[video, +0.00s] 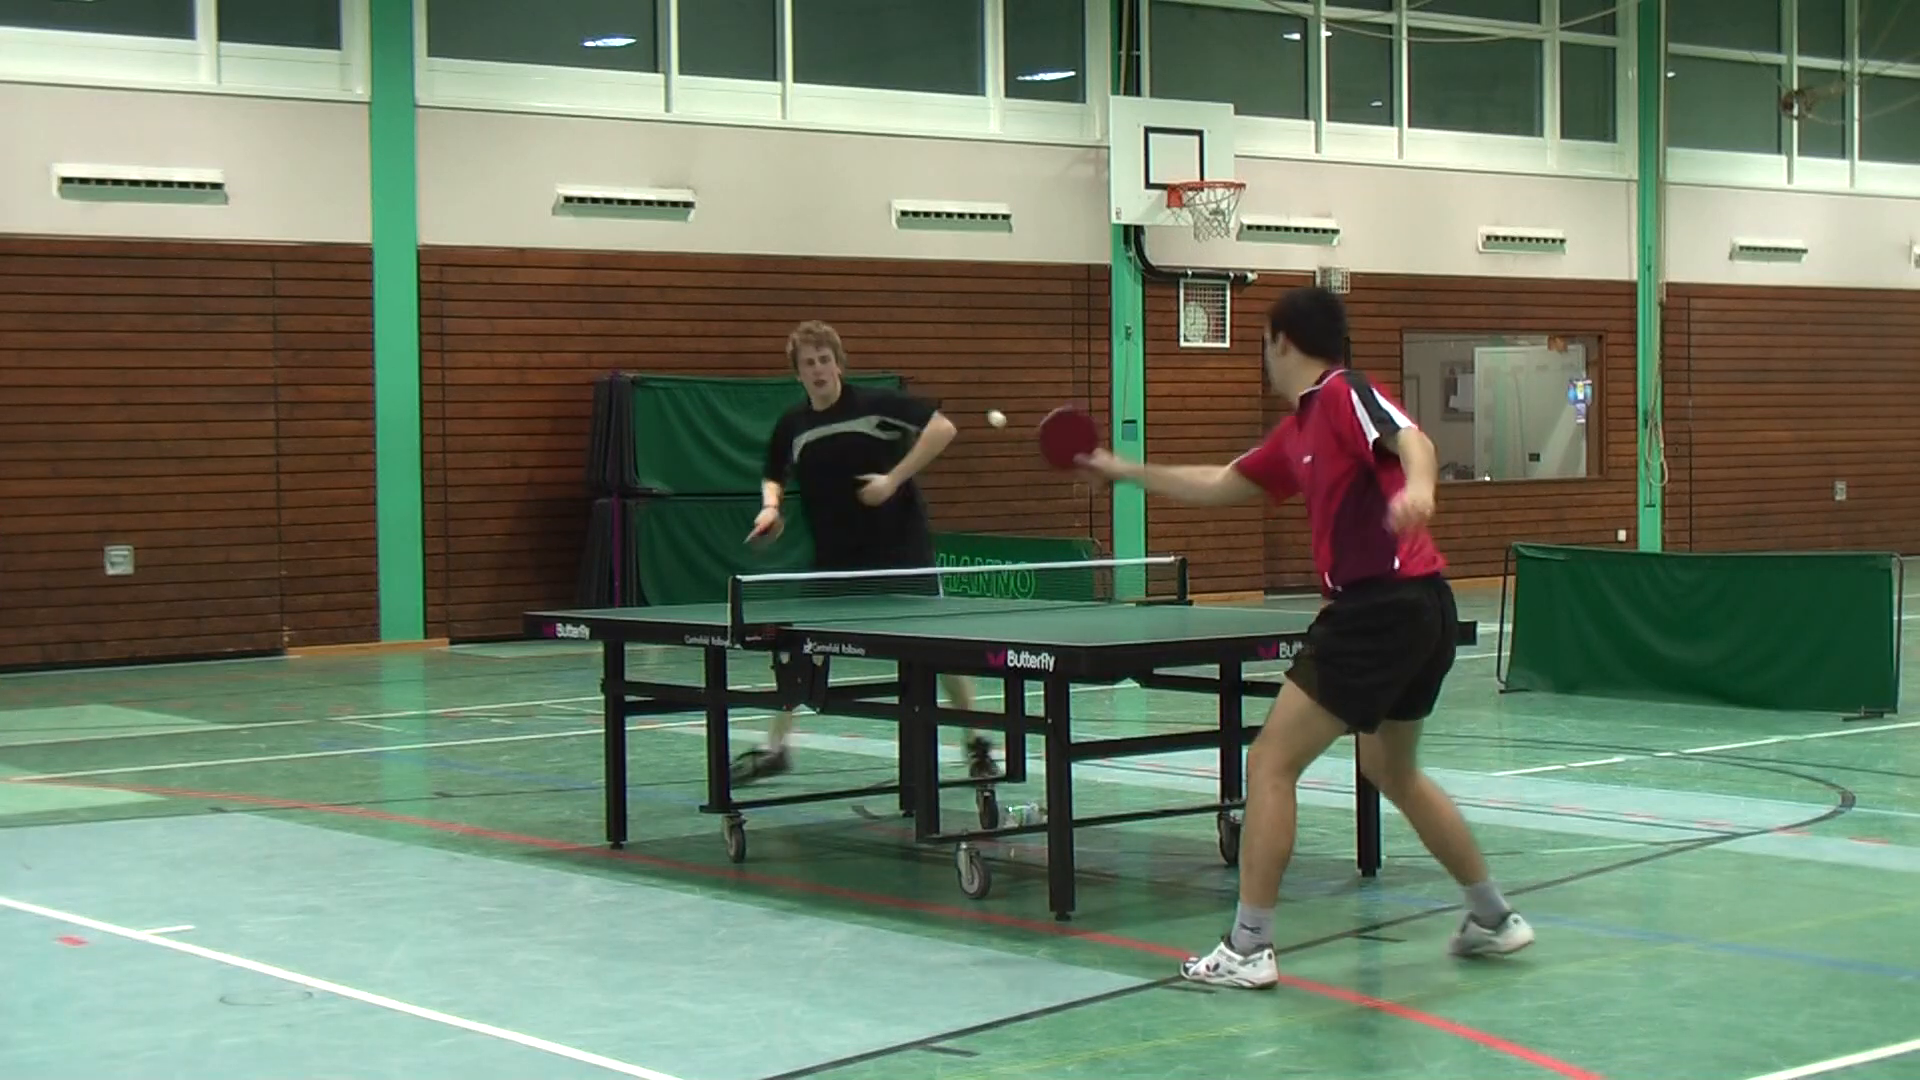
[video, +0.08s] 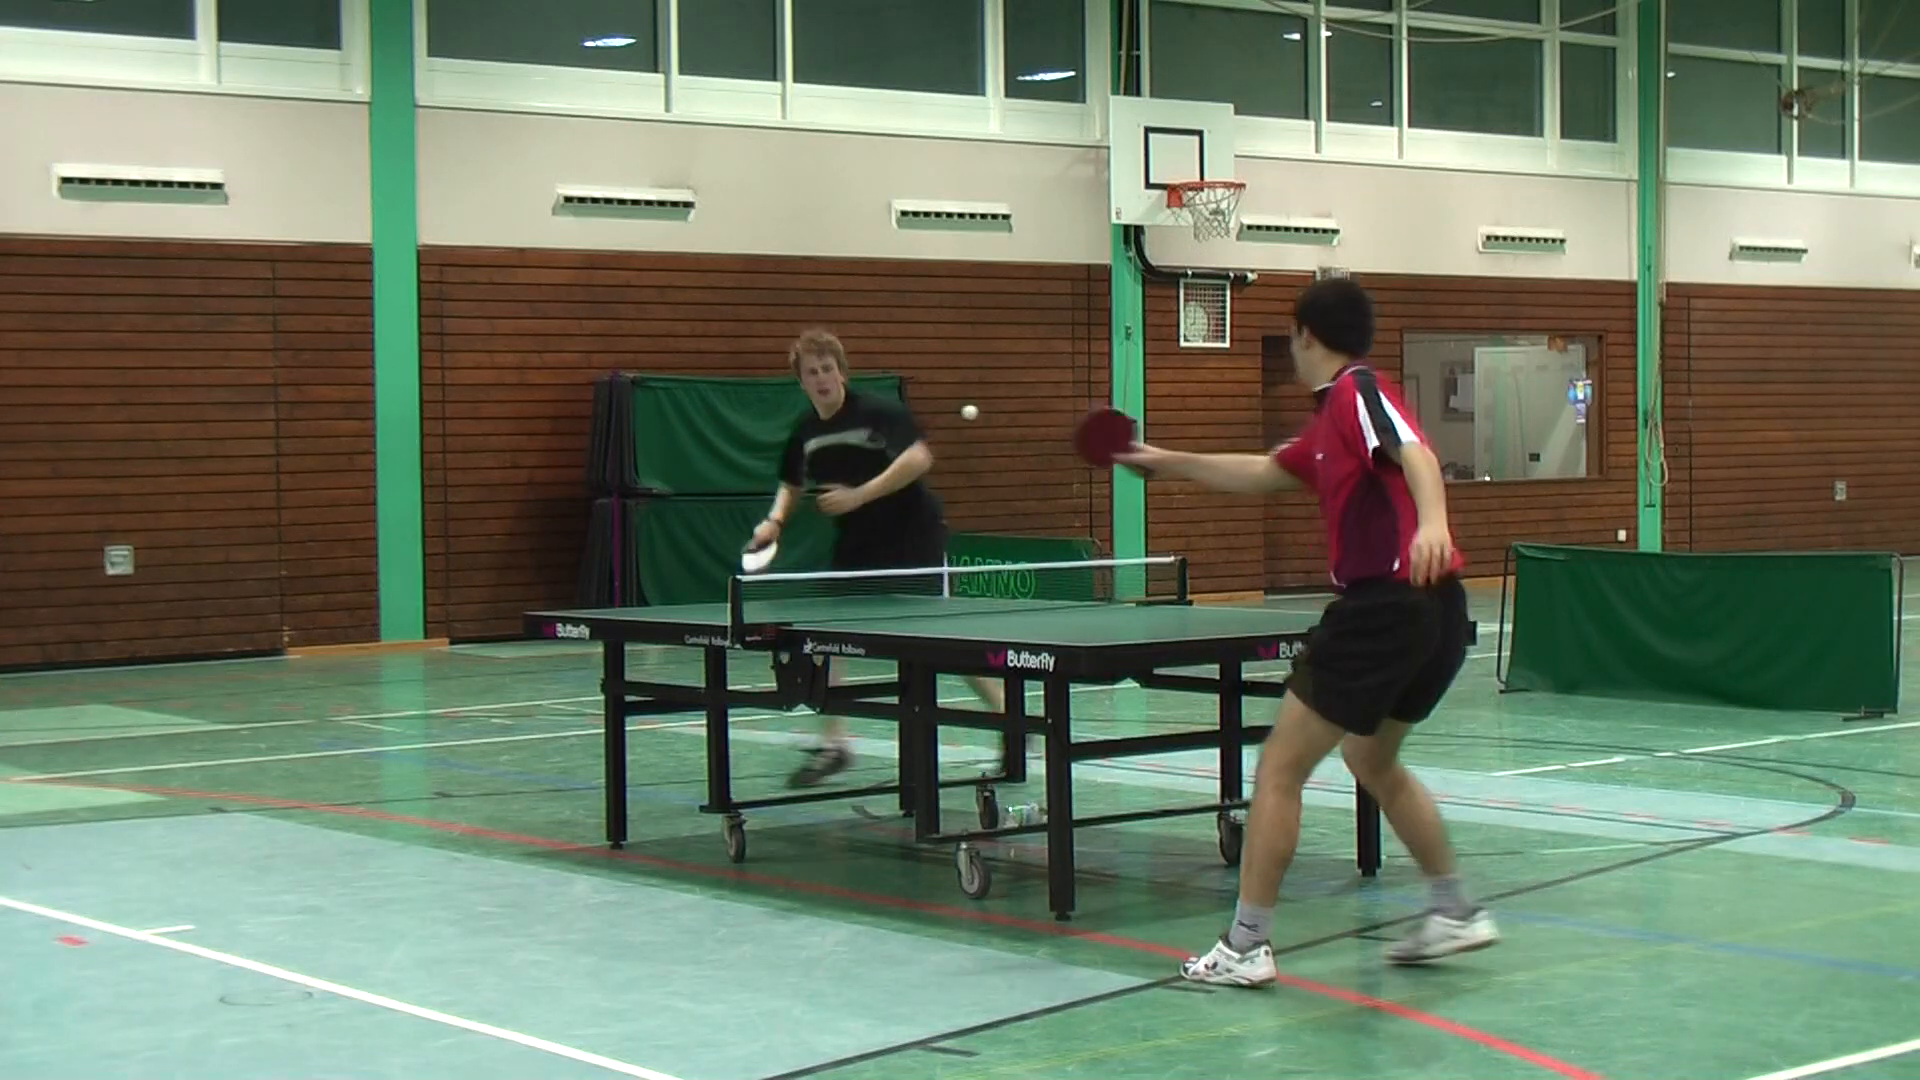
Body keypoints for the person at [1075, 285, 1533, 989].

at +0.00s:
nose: (1265, 358)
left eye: (1268, 345)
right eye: (1268, 345)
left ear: (1287, 344)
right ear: (1321, 344)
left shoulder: (1345, 392)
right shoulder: (1298, 430)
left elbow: (1414, 441)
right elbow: (1218, 483)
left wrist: (1419, 490)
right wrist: (1118, 467)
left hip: (1376, 608)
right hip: (1421, 608)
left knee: (1272, 762)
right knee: (1391, 768)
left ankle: (1248, 945)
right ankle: (1493, 915)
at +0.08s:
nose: (1291, 348)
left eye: (1294, 336)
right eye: (1293, 337)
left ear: (1310, 338)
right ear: (1359, 338)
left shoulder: (1357, 391)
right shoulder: (1334, 421)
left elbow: (1414, 452)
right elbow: (1257, 473)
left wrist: (1433, 522)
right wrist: (1157, 458)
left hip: (1380, 607)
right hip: (1436, 611)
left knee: (1279, 768)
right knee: (1373, 761)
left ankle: (1246, 943)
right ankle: (1455, 911)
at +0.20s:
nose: (1339, 361)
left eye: (1344, 348)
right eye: (1339, 349)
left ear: (1366, 349)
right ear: (1398, 348)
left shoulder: (1408, 406)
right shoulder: (1396, 413)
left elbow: (1429, 494)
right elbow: (1353, 490)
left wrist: (1401, 582)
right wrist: (1248, 492)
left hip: (1423, 614)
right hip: (1459, 618)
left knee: (1300, 760)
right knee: (1366, 762)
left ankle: (1251, 941)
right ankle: (1399, 933)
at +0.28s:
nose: (1375, 376)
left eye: (1379, 364)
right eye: (1378, 363)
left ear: (1397, 367)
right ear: (1445, 365)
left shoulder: (1441, 434)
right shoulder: (1464, 430)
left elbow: (1424, 526)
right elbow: (1414, 519)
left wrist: (1340, 595)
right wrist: (1333, 536)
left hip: (1446, 643)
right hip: (1479, 645)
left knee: (1297, 763)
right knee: (1373, 762)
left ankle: (1345, 934)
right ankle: (1400, 933)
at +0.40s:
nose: (1450, 378)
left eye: (1454, 366)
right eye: (1453, 366)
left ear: (1469, 368)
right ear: (1518, 364)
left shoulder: (1496, 444)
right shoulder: (1563, 432)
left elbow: (1420, 532)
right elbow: (1600, 535)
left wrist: (1301, 546)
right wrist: (1524, 569)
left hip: (1485, 652)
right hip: (1536, 652)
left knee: (1369, 800)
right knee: (1412, 781)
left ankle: (1504, 917)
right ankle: (1401, 938)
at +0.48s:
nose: (1508, 366)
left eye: (1510, 354)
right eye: (1509, 354)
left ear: (1525, 356)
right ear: (1584, 353)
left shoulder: (1534, 434)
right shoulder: (1635, 426)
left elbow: (1449, 519)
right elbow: (1686, 531)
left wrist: (1345, 532)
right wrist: (1628, 579)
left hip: (1534, 644)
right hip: (1598, 646)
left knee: (1450, 804)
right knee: (1487, 778)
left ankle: (1553, 951)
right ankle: (1434, 923)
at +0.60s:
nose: (1592, 365)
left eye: (1596, 352)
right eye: (1594, 351)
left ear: (1614, 353)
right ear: (1671, 352)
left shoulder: (1612, 434)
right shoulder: (1723, 430)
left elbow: (1547, 537)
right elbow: (1742, 540)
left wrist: (1448, 594)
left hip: (1627, 650)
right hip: (1707, 651)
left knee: (1532, 787)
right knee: (1629, 761)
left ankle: (1567, 974)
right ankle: (1686, 931)